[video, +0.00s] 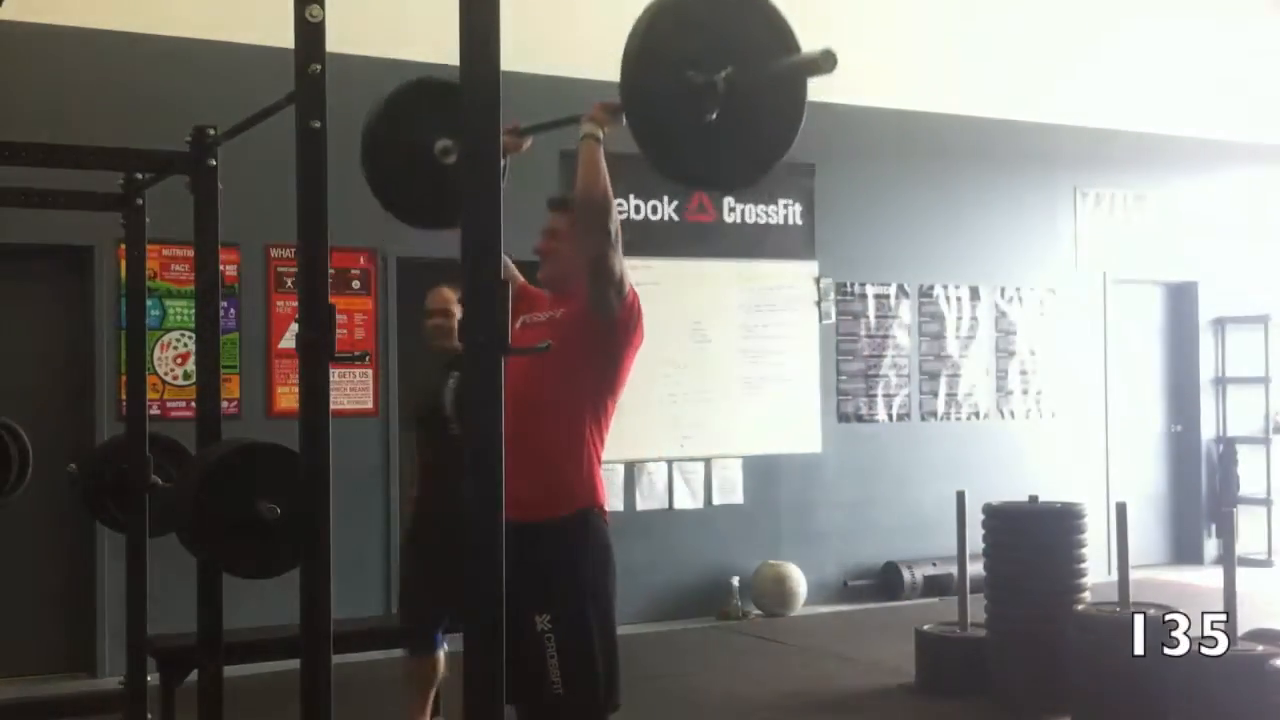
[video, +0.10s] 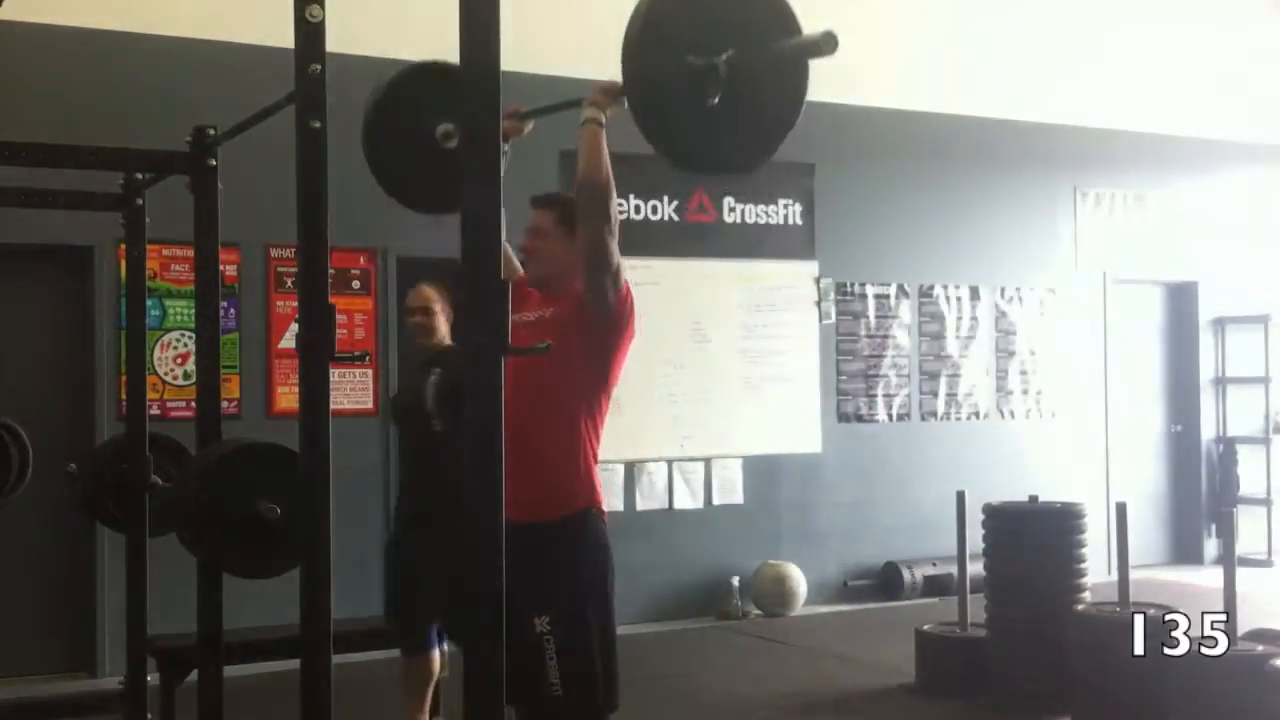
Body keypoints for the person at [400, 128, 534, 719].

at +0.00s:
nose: (440, 322)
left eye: (448, 313)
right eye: (433, 314)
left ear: (467, 319)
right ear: (422, 325)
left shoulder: (480, 368)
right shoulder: (422, 376)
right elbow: (421, 447)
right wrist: (416, 504)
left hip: (480, 509)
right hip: (431, 510)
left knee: (487, 626)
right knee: (421, 628)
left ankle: (484, 707)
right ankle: (423, 706)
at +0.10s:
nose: (418, 320)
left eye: (427, 311)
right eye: (411, 313)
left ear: (450, 315)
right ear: (404, 321)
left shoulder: (466, 368)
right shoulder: (412, 373)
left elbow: (473, 441)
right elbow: (413, 448)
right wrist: (407, 512)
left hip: (458, 512)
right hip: (416, 513)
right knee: (416, 624)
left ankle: (419, 710)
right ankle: (422, 711)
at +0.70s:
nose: (355, 326)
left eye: (363, 316)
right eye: (350, 318)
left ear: (391, 315)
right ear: (348, 322)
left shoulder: (419, 370)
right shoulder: (373, 377)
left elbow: (447, 439)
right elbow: (369, 450)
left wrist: (406, 482)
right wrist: (349, 503)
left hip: (409, 517)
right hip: (373, 517)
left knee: (400, 637)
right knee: (381, 636)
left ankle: (404, 715)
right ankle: (409, 712)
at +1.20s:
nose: (334, 326)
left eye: (339, 316)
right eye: (331, 317)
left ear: (367, 312)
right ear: (355, 315)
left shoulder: (391, 364)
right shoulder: (365, 367)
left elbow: (401, 430)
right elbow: (370, 431)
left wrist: (336, 454)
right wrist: (332, 455)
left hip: (387, 515)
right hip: (361, 513)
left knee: (388, 642)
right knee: (362, 641)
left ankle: (394, 718)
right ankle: (368, 716)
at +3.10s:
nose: (287, 335)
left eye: (293, 324)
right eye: (283, 325)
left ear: (317, 321)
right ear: (287, 328)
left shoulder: (352, 366)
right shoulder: (314, 372)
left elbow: (372, 434)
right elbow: (304, 430)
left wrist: (311, 482)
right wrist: (260, 458)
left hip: (370, 516)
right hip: (341, 515)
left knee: (374, 650)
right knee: (361, 648)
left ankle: (385, 718)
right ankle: (369, 716)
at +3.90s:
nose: (320, 330)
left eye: (327, 319)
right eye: (317, 320)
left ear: (351, 316)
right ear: (320, 321)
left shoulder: (384, 375)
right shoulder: (330, 373)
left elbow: (390, 450)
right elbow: (307, 425)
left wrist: (359, 503)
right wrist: (261, 456)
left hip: (375, 527)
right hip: (331, 525)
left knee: (378, 648)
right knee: (339, 648)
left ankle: (388, 719)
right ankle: (347, 719)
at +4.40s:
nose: (334, 320)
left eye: (343, 309)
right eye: (329, 311)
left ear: (369, 312)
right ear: (320, 314)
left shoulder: (397, 368)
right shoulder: (317, 375)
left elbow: (427, 443)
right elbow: (279, 433)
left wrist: (428, 511)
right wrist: (241, 477)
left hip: (391, 520)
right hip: (336, 520)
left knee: (404, 640)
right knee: (353, 643)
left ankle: (418, 716)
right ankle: (350, 717)